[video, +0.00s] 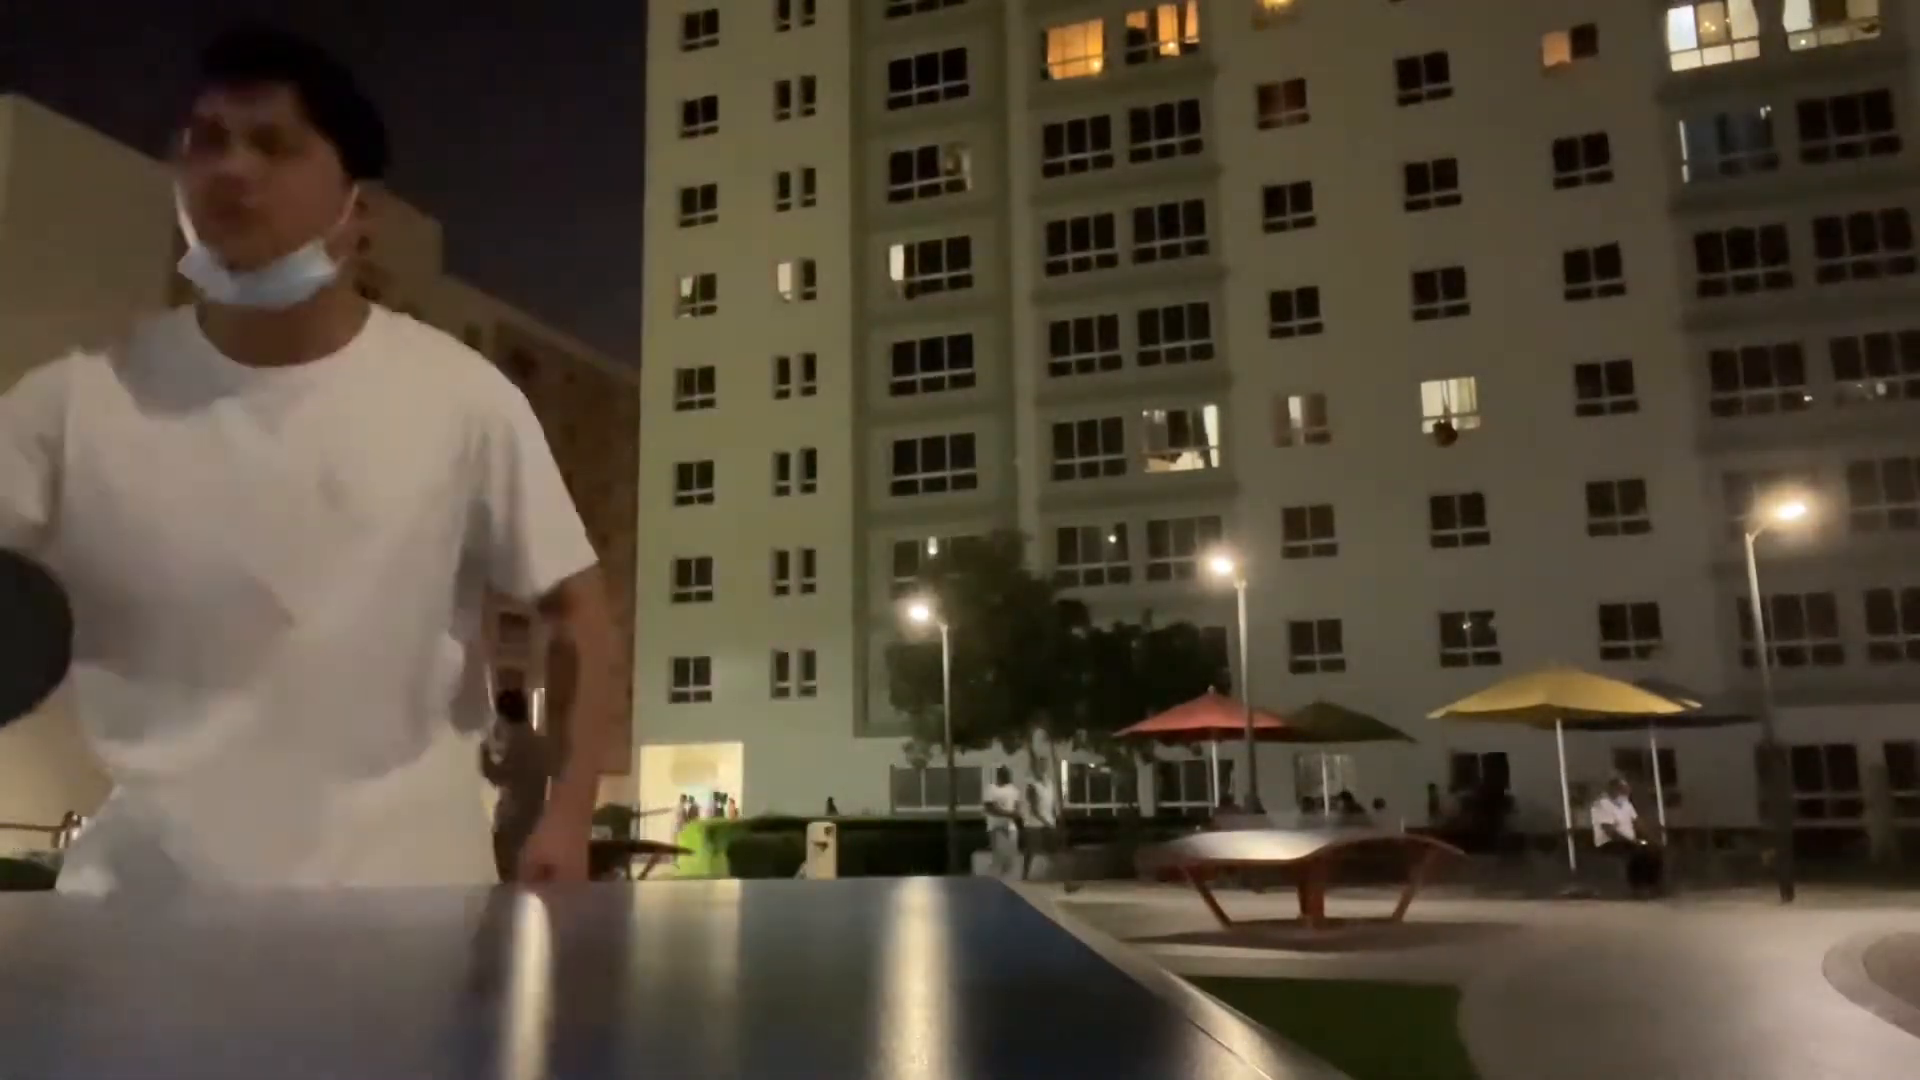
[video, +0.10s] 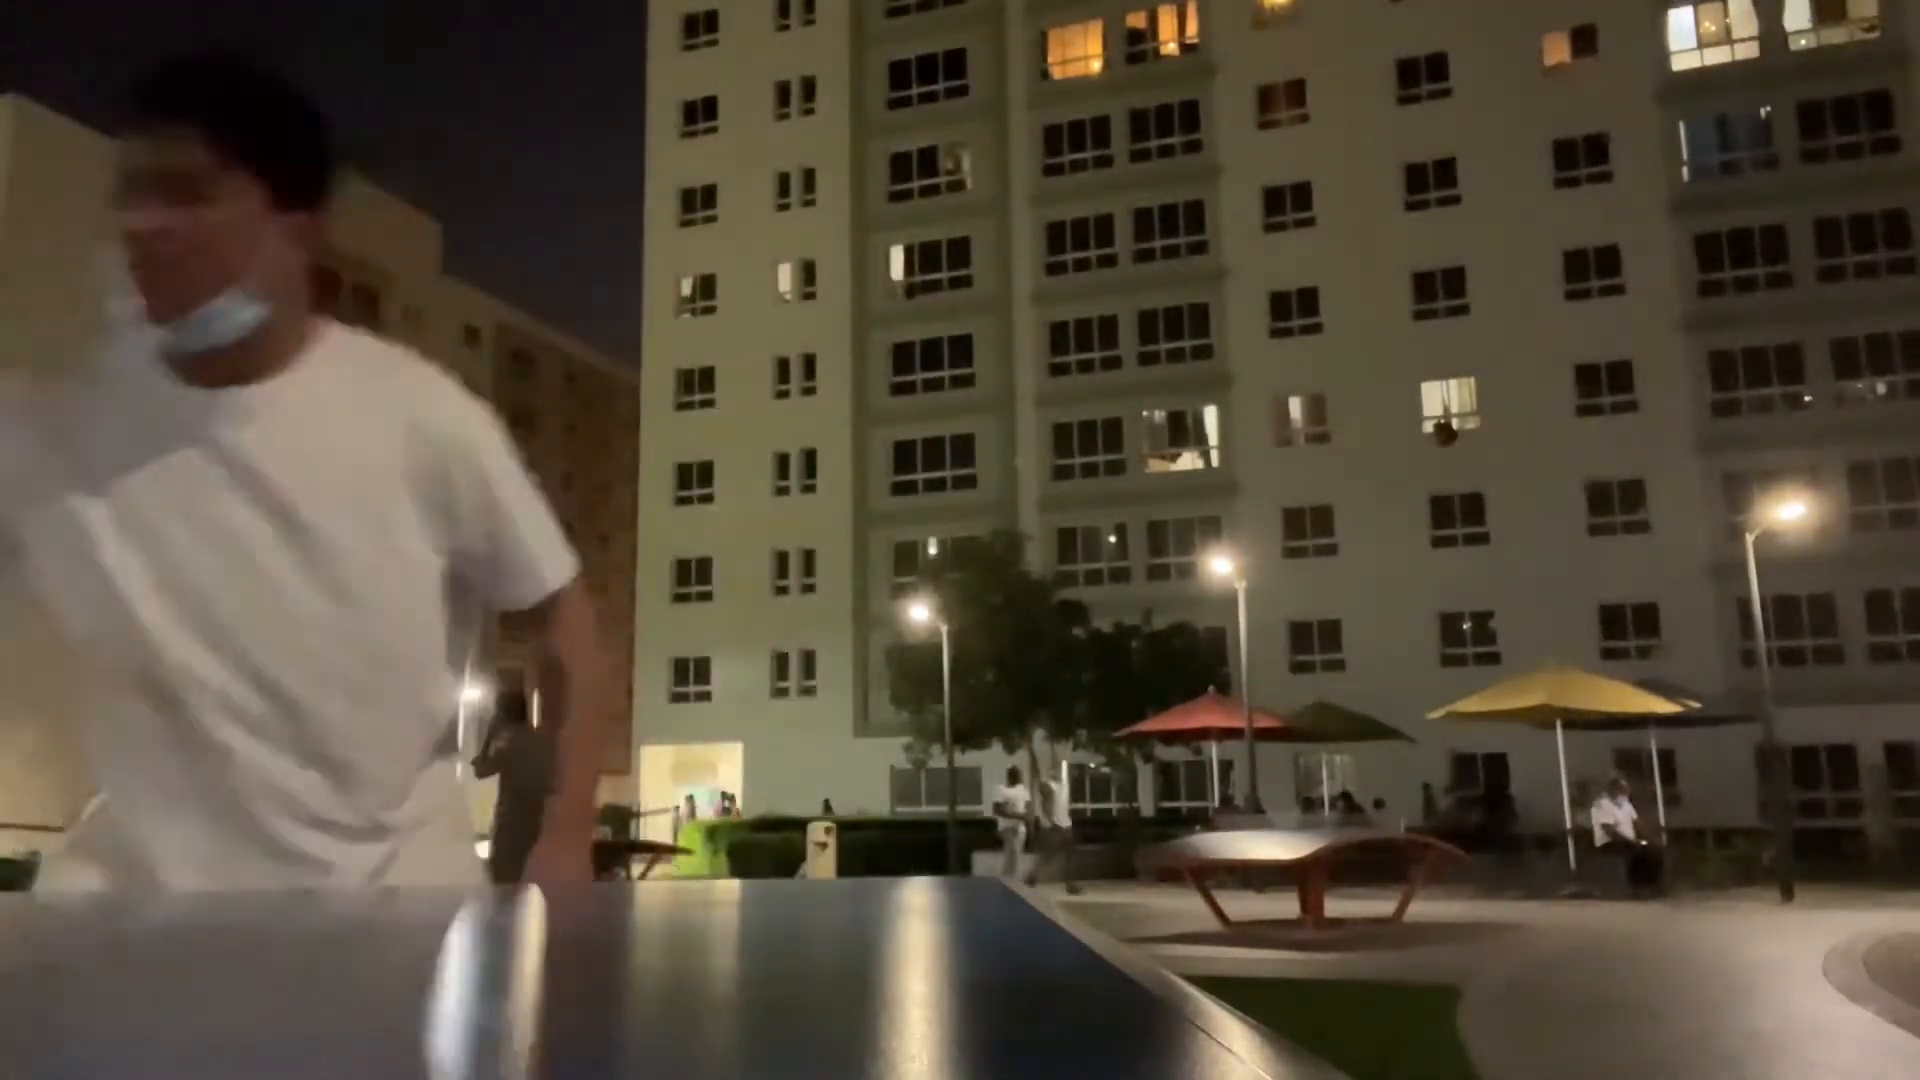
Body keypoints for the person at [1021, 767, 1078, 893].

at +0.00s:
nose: (1043, 769)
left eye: (1045, 765)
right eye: (1040, 766)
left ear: (1047, 766)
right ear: (1035, 768)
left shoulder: (1050, 783)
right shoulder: (1032, 786)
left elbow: (1054, 802)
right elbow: (1034, 810)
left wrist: (1057, 815)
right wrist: (1048, 823)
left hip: (1048, 824)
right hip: (1034, 825)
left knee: (1054, 854)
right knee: (1029, 854)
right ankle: (1024, 878)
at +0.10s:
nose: (1056, 771)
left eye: (1058, 767)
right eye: (1054, 767)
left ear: (1061, 769)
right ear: (1049, 770)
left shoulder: (1064, 786)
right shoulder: (1046, 786)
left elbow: (1065, 805)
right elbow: (1044, 808)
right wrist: (1053, 822)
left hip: (1066, 825)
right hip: (1051, 826)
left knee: (1069, 857)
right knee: (1046, 855)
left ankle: (1071, 883)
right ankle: (1032, 876)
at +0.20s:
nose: (1072, 770)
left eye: (1073, 767)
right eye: (1069, 767)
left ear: (1077, 769)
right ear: (1067, 769)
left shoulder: (1080, 782)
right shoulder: (1063, 784)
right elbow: (1060, 804)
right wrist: (1054, 819)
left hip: (1078, 820)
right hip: (1068, 821)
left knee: (1076, 852)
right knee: (1074, 851)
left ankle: (1072, 880)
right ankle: (1070, 881)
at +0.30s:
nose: (1089, 773)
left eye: (1091, 770)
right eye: (1087, 770)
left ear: (1093, 771)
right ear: (1082, 771)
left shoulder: (1096, 784)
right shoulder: (1077, 786)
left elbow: (1097, 804)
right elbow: (1073, 806)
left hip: (1093, 822)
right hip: (1081, 822)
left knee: (1080, 855)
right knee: (1094, 851)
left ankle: (1073, 882)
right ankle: (1104, 882)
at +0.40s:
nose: (1091, 774)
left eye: (1092, 771)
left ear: (1096, 771)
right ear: (1106, 771)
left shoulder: (1097, 784)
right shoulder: (1112, 782)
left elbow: (1094, 805)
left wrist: (1089, 818)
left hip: (1099, 822)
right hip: (1112, 821)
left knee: (1096, 853)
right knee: (1107, 854)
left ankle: (1089, 885)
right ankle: (1110, 885)